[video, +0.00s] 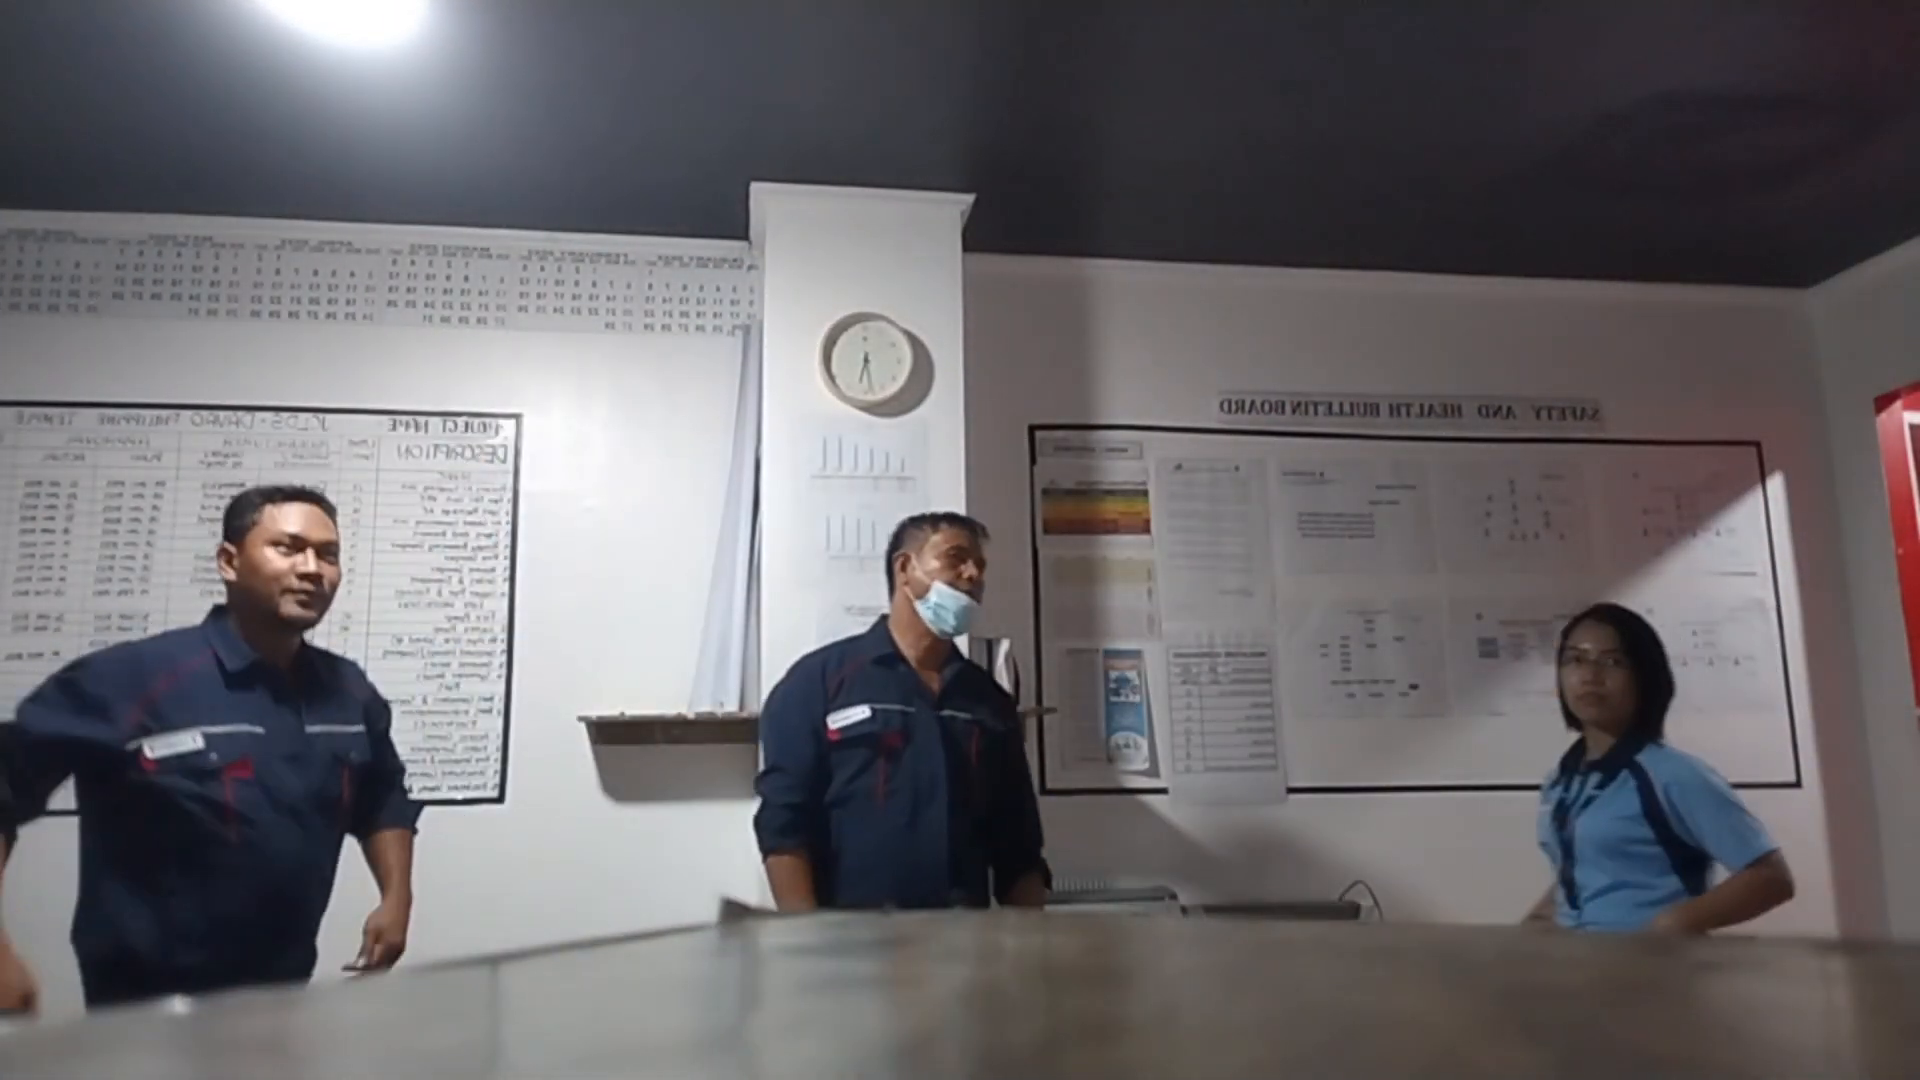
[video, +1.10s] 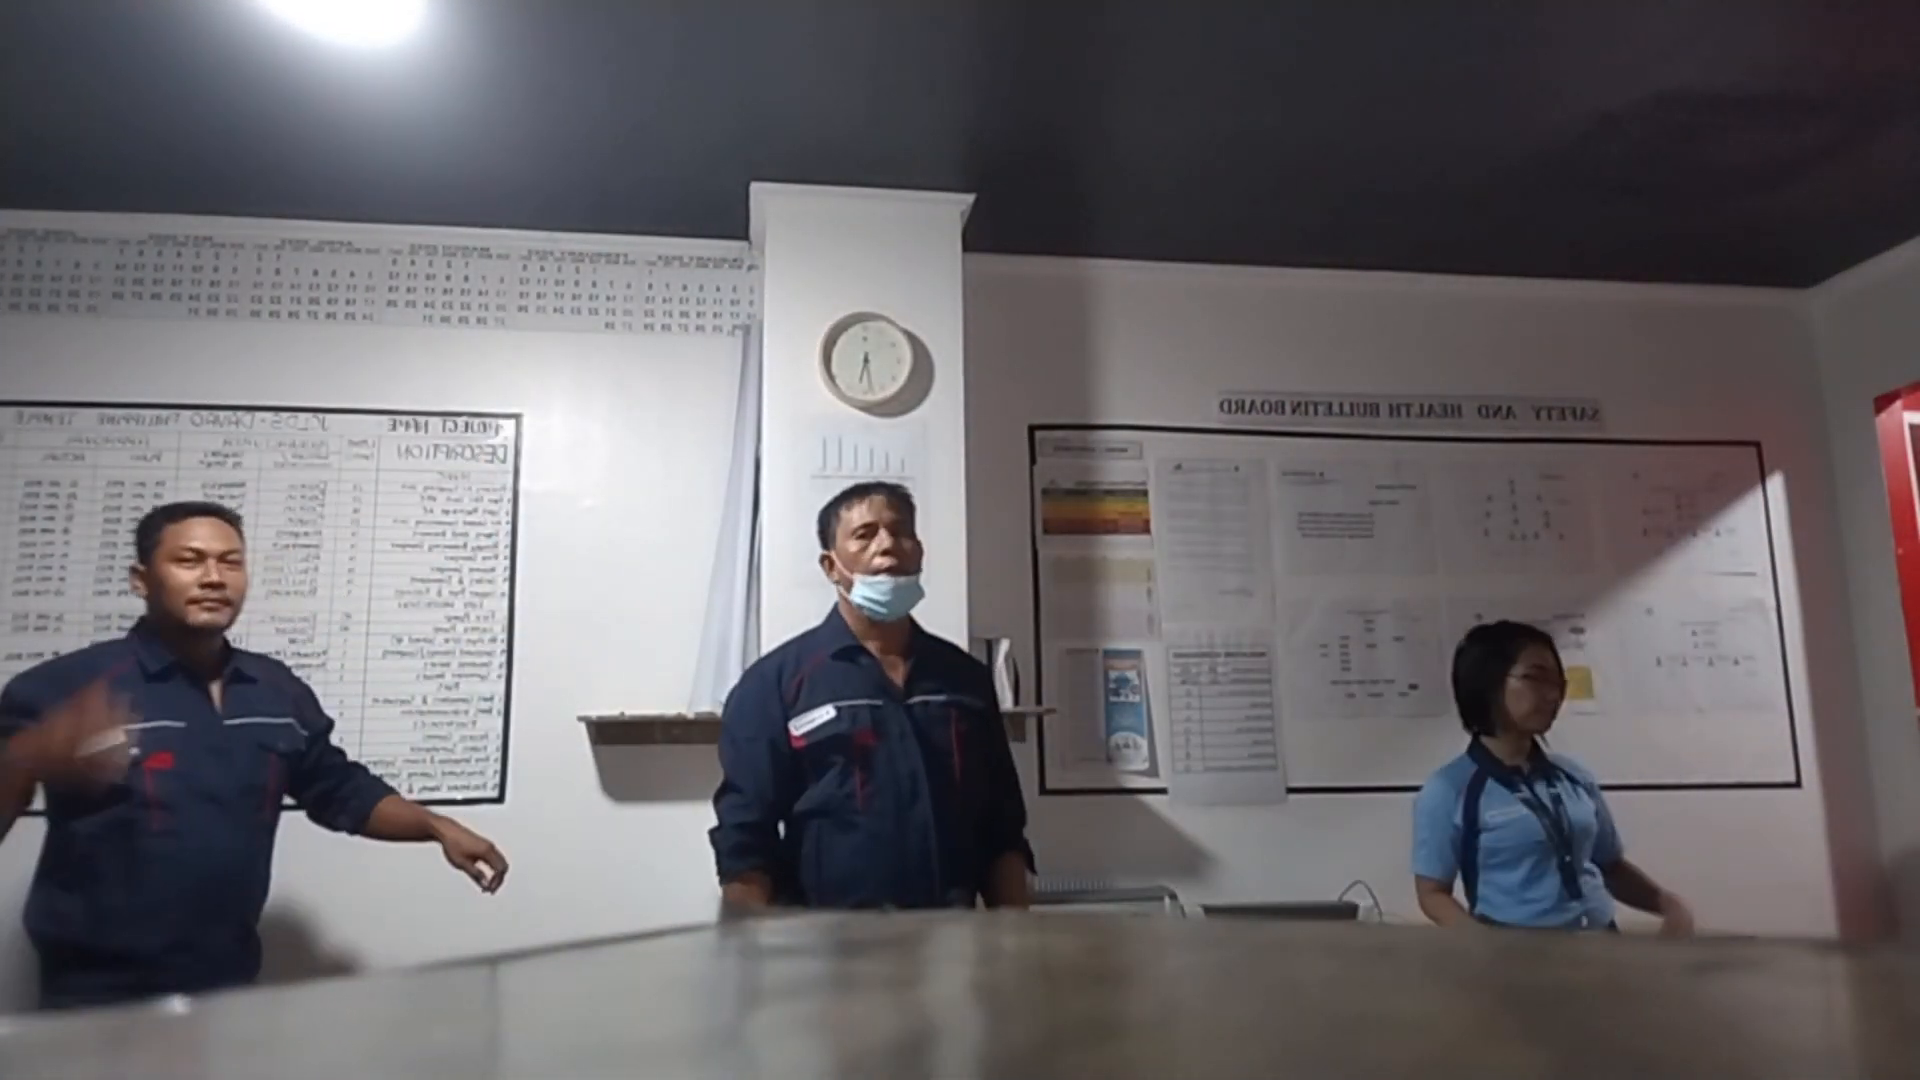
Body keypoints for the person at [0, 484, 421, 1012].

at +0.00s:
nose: (312, 568)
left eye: (327, 555)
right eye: (288, 547)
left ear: (340, 573)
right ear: (230, 561)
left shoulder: (348, 696)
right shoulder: (124, 683)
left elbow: (384, 798)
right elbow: (6, 787)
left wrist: (397, 899)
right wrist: (2, 949)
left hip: (276, 1007)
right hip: (143, 1013)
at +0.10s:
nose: (321, 595)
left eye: (335, 581)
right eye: (297, 576)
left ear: (348, 596)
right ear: (243, 591)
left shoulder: (344, 723)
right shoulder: (137, 706)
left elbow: (370, 837)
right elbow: (31, 838)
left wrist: (398, 940)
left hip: (261, 1010)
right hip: (133, 1018)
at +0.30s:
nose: (327, 593)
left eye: (342, 578)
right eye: (306, 573)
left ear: (353, 594)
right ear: (255, 584)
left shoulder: (334, 712)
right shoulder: (157, 686)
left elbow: (322, 859)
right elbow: (84, 840)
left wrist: (332, 978)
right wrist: (56, 983)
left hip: (245, 996)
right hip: (130, 996)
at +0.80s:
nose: (274, 574)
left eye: (289, 560)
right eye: (253, 557)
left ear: (304, 581)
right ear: (205, 575)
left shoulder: (312, 704)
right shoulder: (114, 676)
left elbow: (324, 824)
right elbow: (26, 815)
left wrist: (349, 926)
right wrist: (8, 955)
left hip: (243, 989)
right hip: (122, 986)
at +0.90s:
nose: (257, 582)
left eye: (270, 568)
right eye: (233, 567)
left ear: (284, 586)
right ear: (184, 586)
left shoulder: (304, 706)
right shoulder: (94, 692)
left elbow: (339, 804)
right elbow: (7, 804)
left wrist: (397, 875)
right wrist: (5, 940)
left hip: (243, 994)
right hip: (116, 998)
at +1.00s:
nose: (235, 585)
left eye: (250, 570)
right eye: (211, 569)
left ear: (265, 586)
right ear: (164, 588)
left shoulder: (290, 707)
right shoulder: (76, 698)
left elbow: (346, 798)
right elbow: (1, 799)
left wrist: (434, 847)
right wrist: (11, 880)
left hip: (233, 996)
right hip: (106, 1001)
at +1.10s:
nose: (213, 576)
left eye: (229, 561)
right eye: (189, 559)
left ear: (245, 579)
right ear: (143, 579)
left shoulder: (277, 692)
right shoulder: (65, 690)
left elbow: (338, 789)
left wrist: (437, 826)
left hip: (222, 986)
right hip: (91, 991)